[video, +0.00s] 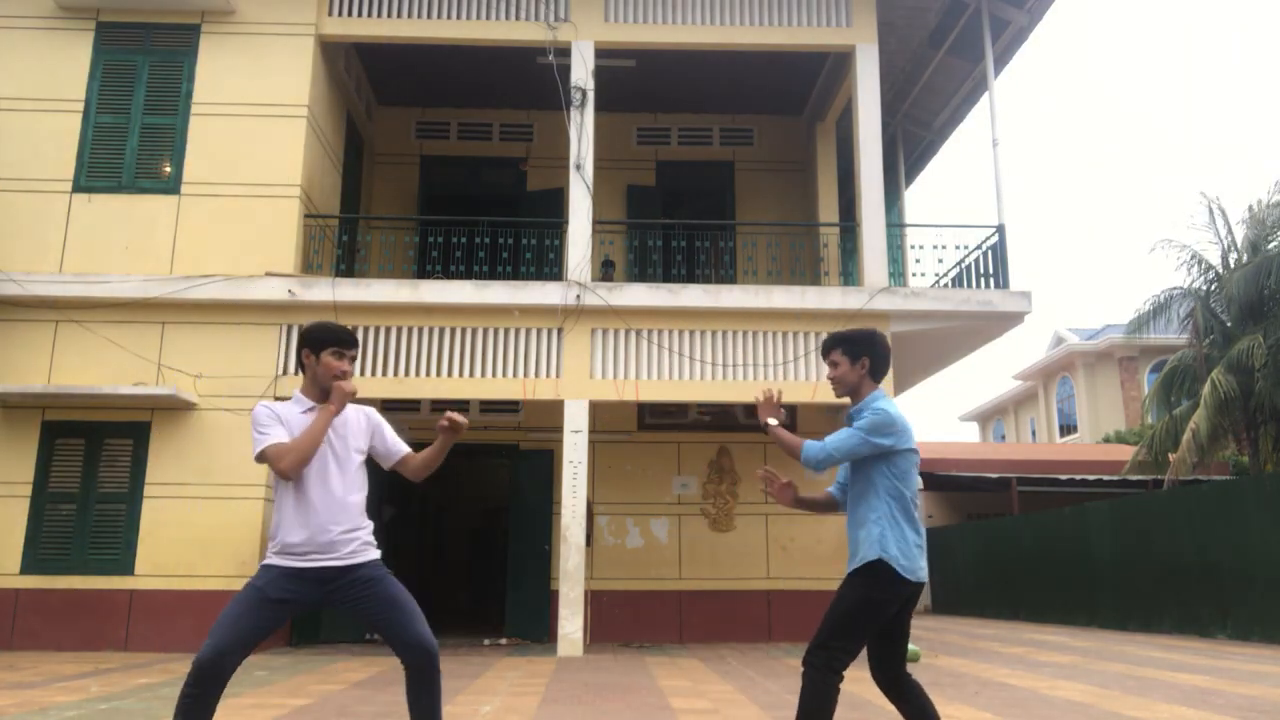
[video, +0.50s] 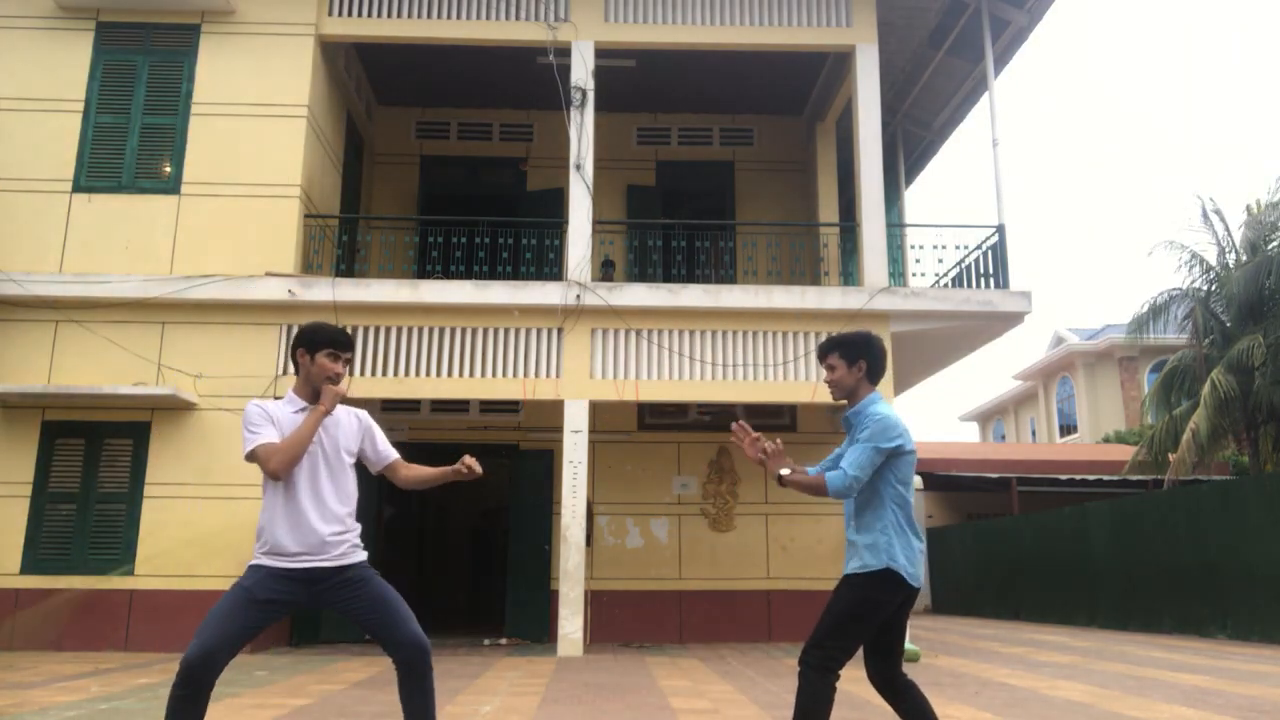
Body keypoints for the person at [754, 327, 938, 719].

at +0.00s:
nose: (828, 374)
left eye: (835, 365)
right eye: (828, 366)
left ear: (863, 366)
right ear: (858, 369)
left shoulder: (882, 416)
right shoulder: (871, 422)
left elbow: (817, 455)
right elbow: (840, 497)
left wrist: (772, 424)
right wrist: (796, 500)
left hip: (883, 564)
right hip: (899, 566)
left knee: (821, 664)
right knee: (889, 673)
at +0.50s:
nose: (826, 377)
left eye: (833, 368)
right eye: (825, 369)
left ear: (862, 369)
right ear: (852, 371)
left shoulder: (881, 423)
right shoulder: (866, 424)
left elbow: (845, 484)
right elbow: (823, 473)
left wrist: (783, 473)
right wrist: (772, 461)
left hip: (880, 567)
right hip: (888, 568)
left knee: (817, 663)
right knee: (886, 675)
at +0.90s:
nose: (836, 386)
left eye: (842, 377)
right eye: (835, 378)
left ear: (869, 377)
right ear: (869, 379)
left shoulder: (879, 427)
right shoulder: (895, 426)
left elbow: (826, 484)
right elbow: (864, 501)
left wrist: (764, 482)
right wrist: (819, 469)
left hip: (888, 571)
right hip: (914, 574)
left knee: (822, 665)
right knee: (890, 677)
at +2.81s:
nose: (833, 388)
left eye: (838, 378)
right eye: (832, 380)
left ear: (866, 378)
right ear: (866, 380)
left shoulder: (878, 427)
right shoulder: (899, 428)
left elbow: (814, 474)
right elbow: (873, 508)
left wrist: (745, 474)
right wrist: (828, 479)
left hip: (886, 573)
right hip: (913, 575)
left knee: (819, 665)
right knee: (889, 677)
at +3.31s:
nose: (815, 384)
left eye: (821, 375)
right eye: (814, 376)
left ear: (850, 375)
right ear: (847, 377)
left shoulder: (860, 426)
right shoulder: (866, 424)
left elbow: (806, 484)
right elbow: (843, 506)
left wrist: (739, 490)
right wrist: (798, 481)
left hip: (871, 574)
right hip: (889, 575)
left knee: (797, 653)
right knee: (888, 675)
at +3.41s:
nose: (804, 384)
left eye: (811, 375)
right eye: (803, 376)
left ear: (839, 376)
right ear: (834, 378)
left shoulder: (848, 429)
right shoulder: (831, 430)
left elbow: (833, 499)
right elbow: (783, 480)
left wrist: (773, 523)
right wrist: (752, 441)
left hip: (851, 577)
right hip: (853, 577)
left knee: (770, 651)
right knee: (882, 680)